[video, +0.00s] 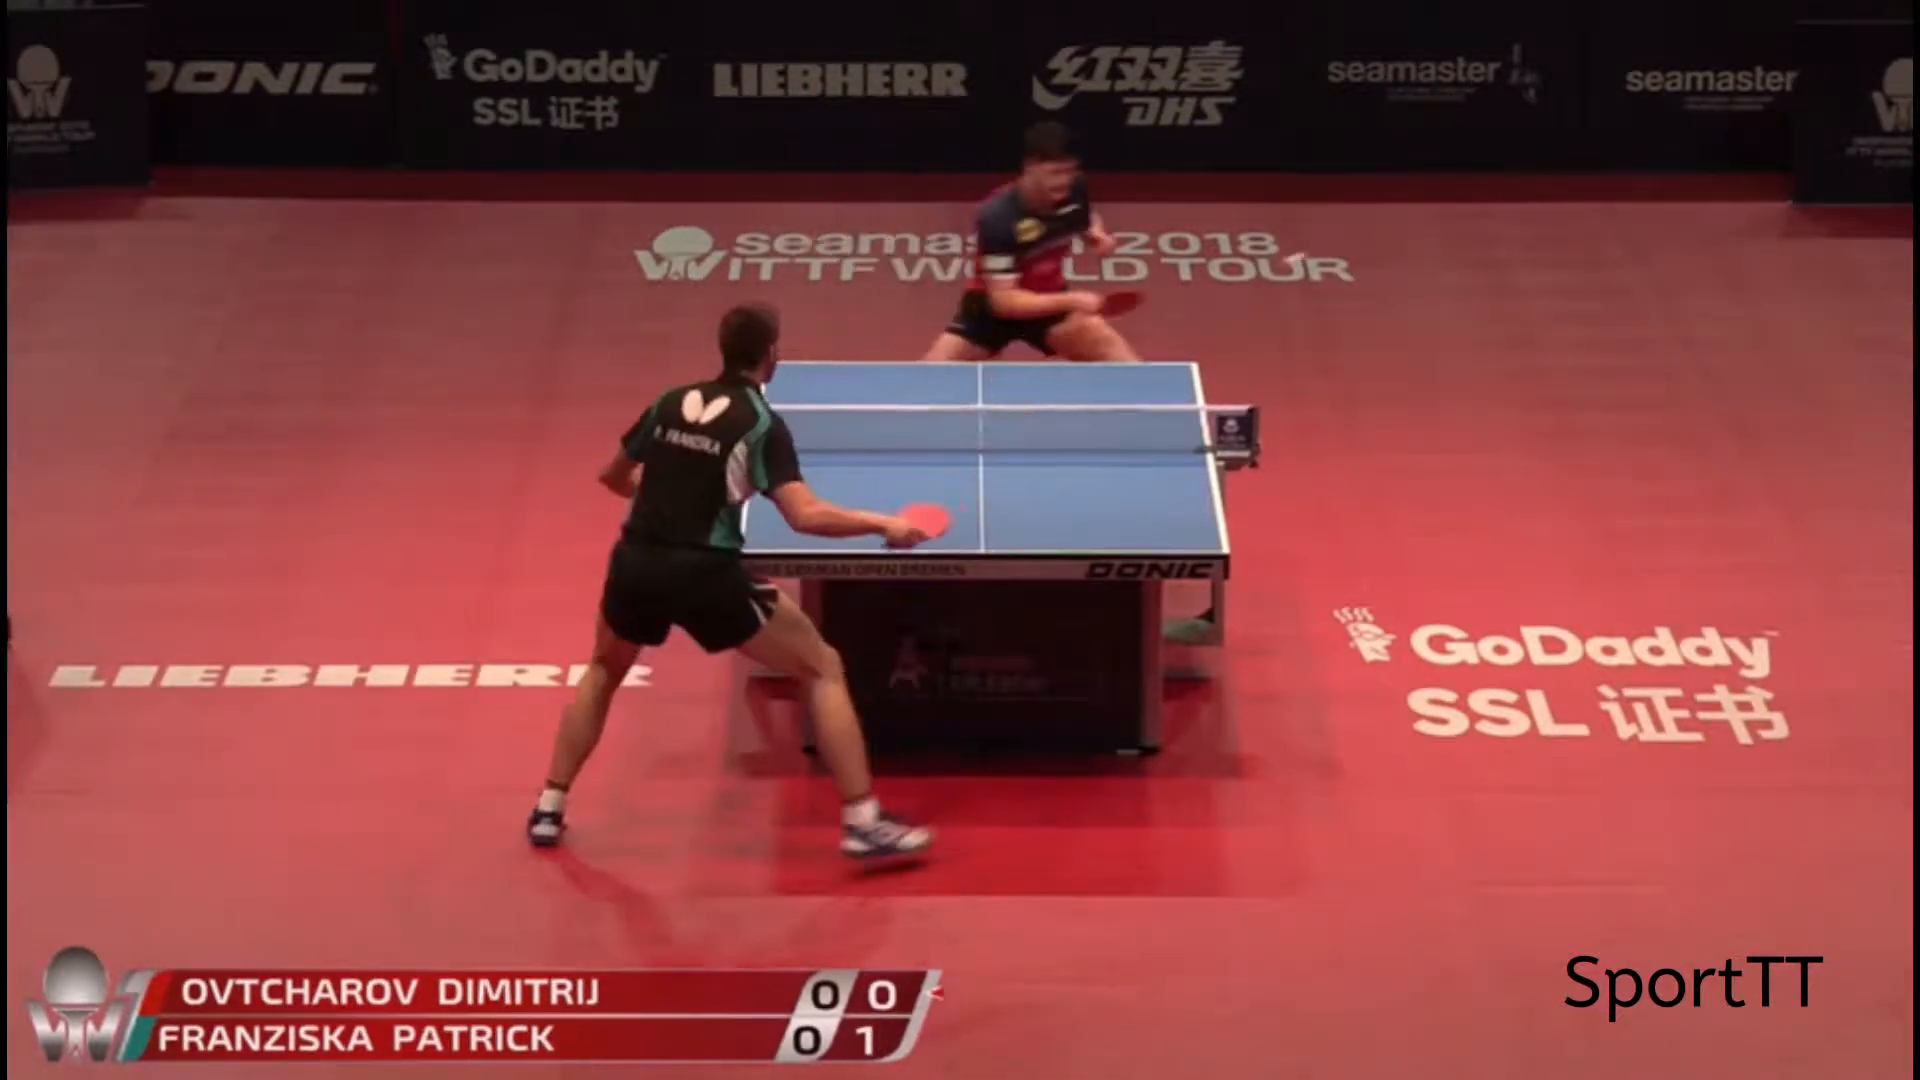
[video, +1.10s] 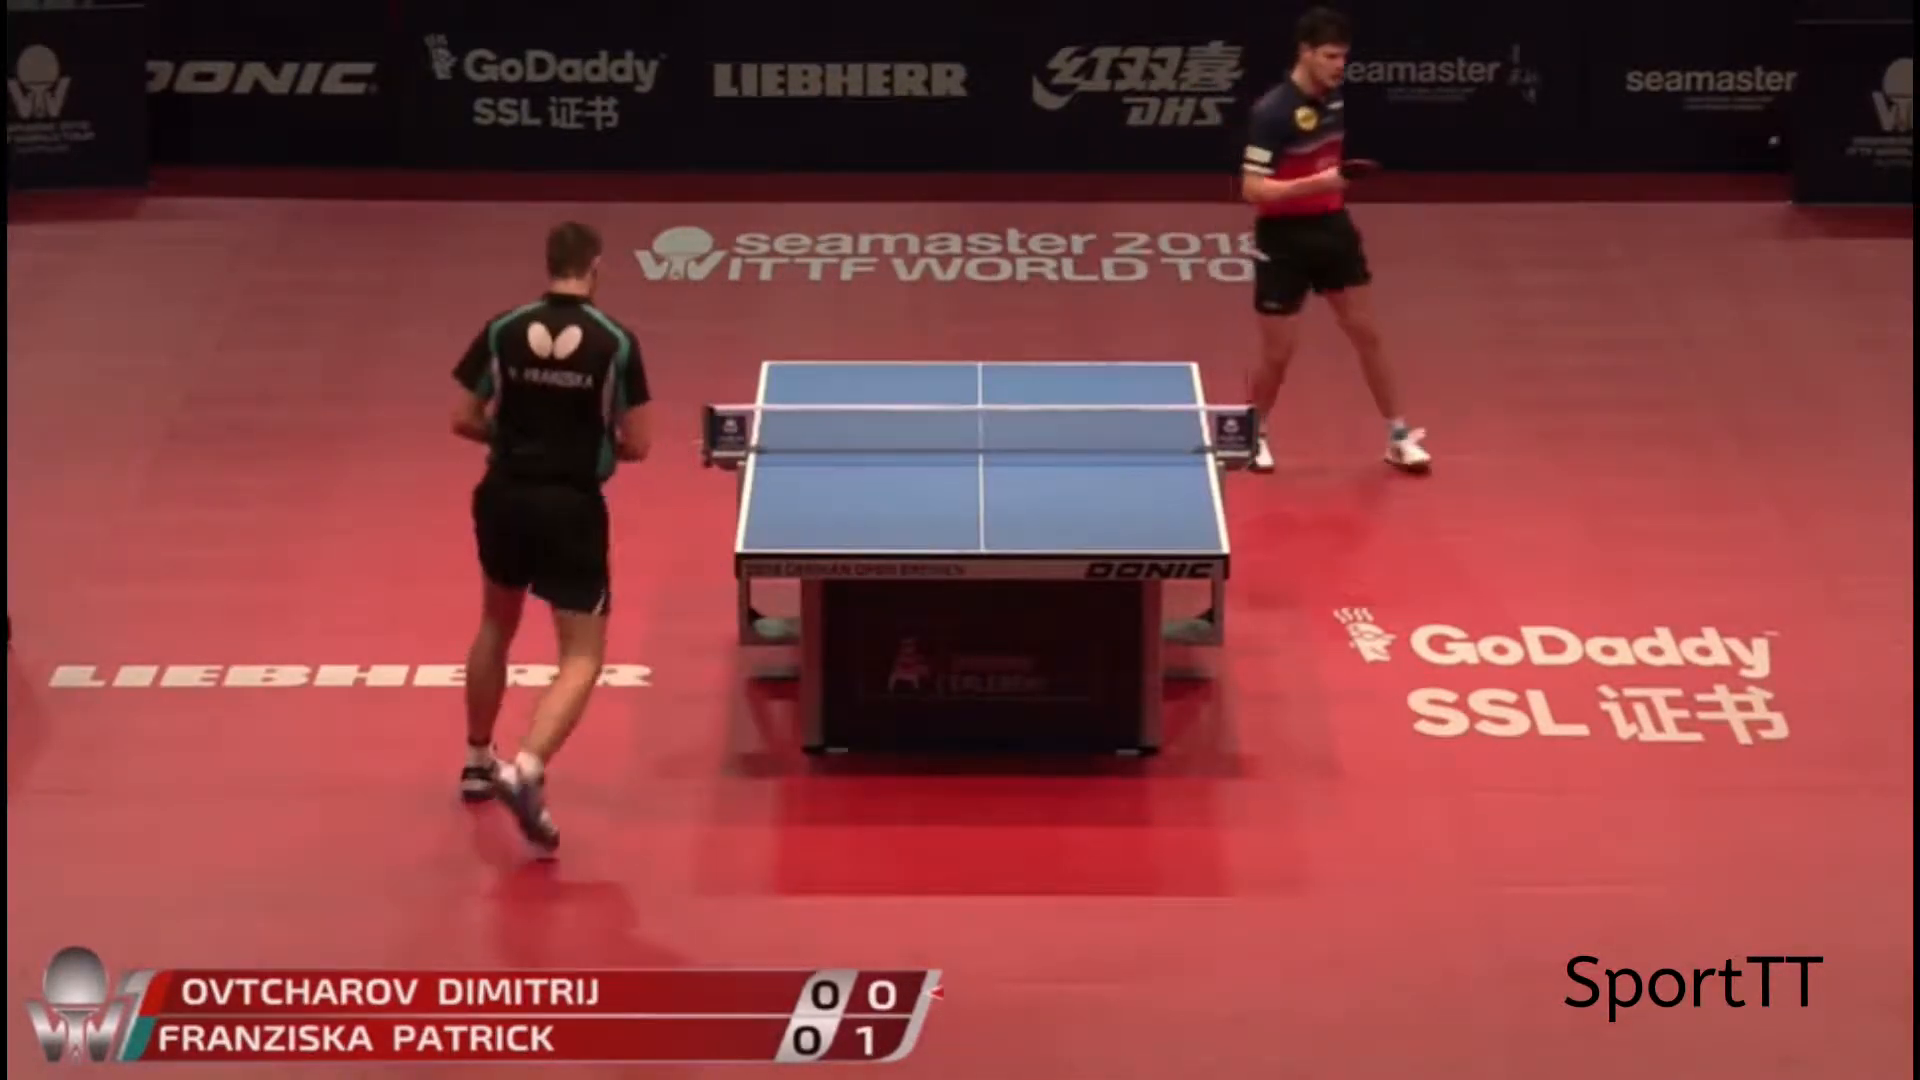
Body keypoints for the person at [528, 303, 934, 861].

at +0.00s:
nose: (779, 360)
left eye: (776, 351)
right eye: (777, 352)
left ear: (722, 352)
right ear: (769, 358)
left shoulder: (672, 402)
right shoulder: (762, 423)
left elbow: (615, 474)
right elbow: (804, 515)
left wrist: (662, 496)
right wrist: (885, 526)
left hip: (636, 565)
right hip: (709, 576)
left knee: (603, 672)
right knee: (823, 667)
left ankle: (548, 807)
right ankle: (863, 820)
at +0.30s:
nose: (784, 363)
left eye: (779, 354)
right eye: (783, 356)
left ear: (726, 356)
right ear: (773, 362)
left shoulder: (677, 409)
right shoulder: (772, 432)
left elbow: (620, 496)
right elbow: (788, 541)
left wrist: (655, 537)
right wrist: (848, 571)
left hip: (634, 566)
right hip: (706, 580)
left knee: (598, 681)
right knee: (789, 714)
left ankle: (536, 810)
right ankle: (779, 858)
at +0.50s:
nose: (725, 355)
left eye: (720, 346)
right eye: (723, 347)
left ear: (666, 348)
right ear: (713, 351)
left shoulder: (619, 411)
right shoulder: (720, 421)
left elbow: (585, 503)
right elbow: (728, 524)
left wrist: (634, 527)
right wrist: (769, 573)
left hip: (611, 579)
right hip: (683, 586)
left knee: (589, 710)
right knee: (746, 722)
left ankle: (538, 838)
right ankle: (767, 878)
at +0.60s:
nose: (676, 272)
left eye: (669, 262)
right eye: (675, 263)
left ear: (618, 266)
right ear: (665, 268)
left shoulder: (575, 334)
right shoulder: (679, 340)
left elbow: (543, 422)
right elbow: (692, 443)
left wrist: (592, 441)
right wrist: (714, 486)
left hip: (575, 506)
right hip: (643, 511)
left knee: (575, 655)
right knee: (658, 670)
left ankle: (534, 792)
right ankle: (634, 822)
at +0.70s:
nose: (668, 262)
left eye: (661, 252)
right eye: (665, 253)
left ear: (608, 256)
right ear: (656, 258)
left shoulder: (567, 324)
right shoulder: (673, 332)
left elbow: (533, 414)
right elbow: (690, 434)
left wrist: (587, 430)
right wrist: (702, 478)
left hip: (568, 498)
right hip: (634, 504)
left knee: (571, 643)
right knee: (637, 664)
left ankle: (527, 783)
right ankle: (597, 811)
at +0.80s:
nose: (629, 278)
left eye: (617, 269)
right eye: (628, 270)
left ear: (571, 277)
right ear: (621, 276)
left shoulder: (536, 342)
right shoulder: (646, 348)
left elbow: (497, 434)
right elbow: (680, 451)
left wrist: (547, 448)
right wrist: (658, 474)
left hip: (533, 508)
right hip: (598, 518)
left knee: (523, 648)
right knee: (564, 678)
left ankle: (495, 783)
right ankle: (503, 823)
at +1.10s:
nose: (594, 276)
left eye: (582, 265)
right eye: (597, 267)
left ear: (547, 266)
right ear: (593, 270)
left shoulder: (502, 330)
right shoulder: (617, 343)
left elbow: (465, 418)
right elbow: (637, 442)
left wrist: (511, 438)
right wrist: (592, 434)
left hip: (502, 500)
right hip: (573, 509)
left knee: (495, 625)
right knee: (581, 655)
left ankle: (478, 760)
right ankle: (527, 771)